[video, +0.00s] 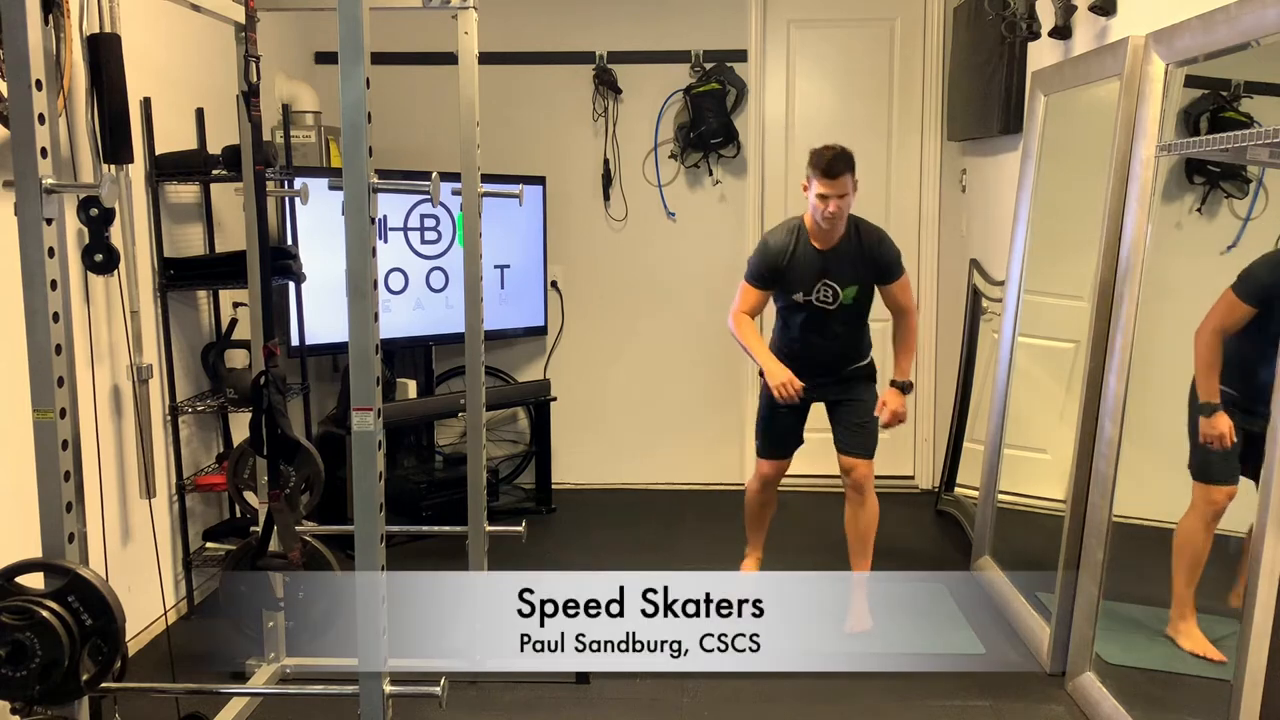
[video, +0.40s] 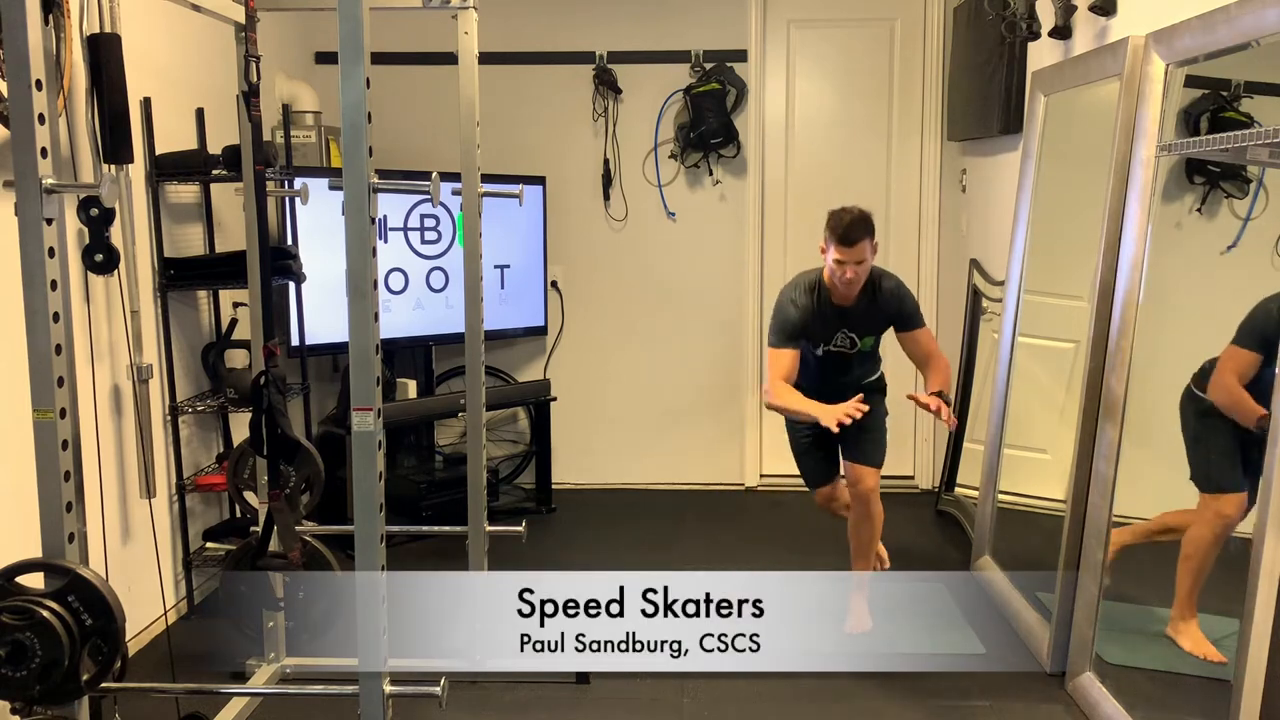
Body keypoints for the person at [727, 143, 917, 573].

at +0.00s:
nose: (832, 207)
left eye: (842, 197)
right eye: (823, 197)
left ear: (855, 191)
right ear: (806, 190)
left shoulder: (875, 246)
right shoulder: (777, 247)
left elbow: (905, 312)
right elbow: (740, 316)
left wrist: (900, 384)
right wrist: (769, 364)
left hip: (851, 376)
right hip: (788, 375)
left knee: (859, 478)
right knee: (767, 473)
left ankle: (860, 592)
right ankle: (752, 558)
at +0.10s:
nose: (841, 220)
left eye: (851, 209)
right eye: (833, 209)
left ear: (864, 204)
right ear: (816, 202)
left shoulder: (883, 256)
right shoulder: (787, 255)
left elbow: (919, 326)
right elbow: (750, 332)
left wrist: (916, 398)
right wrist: (787, 383)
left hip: (857, 376)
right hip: (796, 376)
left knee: (863, 481)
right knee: (782, 475)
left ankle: (861, 594)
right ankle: (786, 544)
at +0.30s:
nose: (851, 255)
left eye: (861, 244)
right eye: (842, 243)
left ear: (875, 235)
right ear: (825, 233)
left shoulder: (891, 280)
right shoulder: (797, 284)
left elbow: (932, 348)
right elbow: (765, 370)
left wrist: (938, 397)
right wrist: (808, 407)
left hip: (861, 389)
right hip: (803, 394)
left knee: (861, 486)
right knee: (816, 489)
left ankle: (859, 595)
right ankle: (852, 518)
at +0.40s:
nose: (848, 274)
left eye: (858, 263)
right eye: (839, 262)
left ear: (873, 253)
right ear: (823, 251)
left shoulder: (890, 293)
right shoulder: (796, 299)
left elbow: (933, 359)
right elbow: (775, 390)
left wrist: (936, 393)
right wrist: (822, 411)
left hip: (862, 395)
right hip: (805, 402)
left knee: (863, 488)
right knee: (827, 495)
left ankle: (859, 594)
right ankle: (867, 524)